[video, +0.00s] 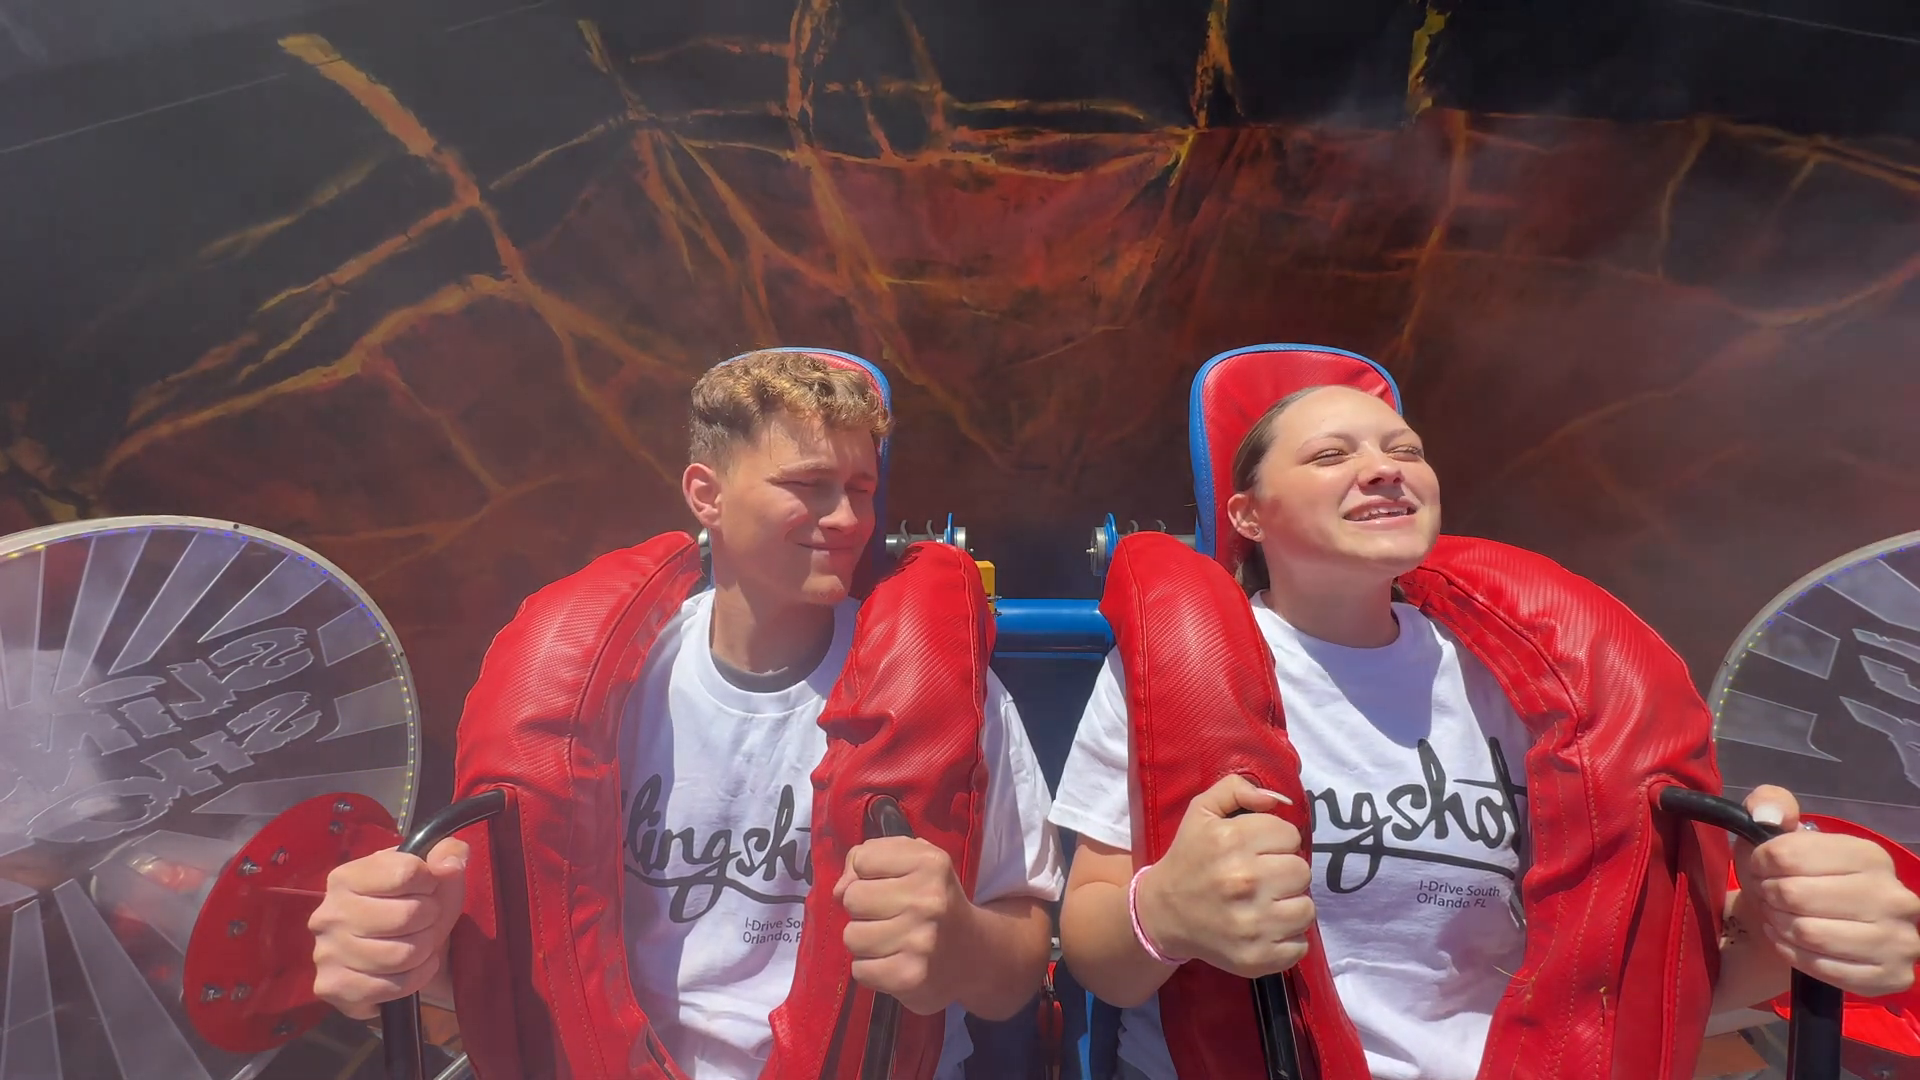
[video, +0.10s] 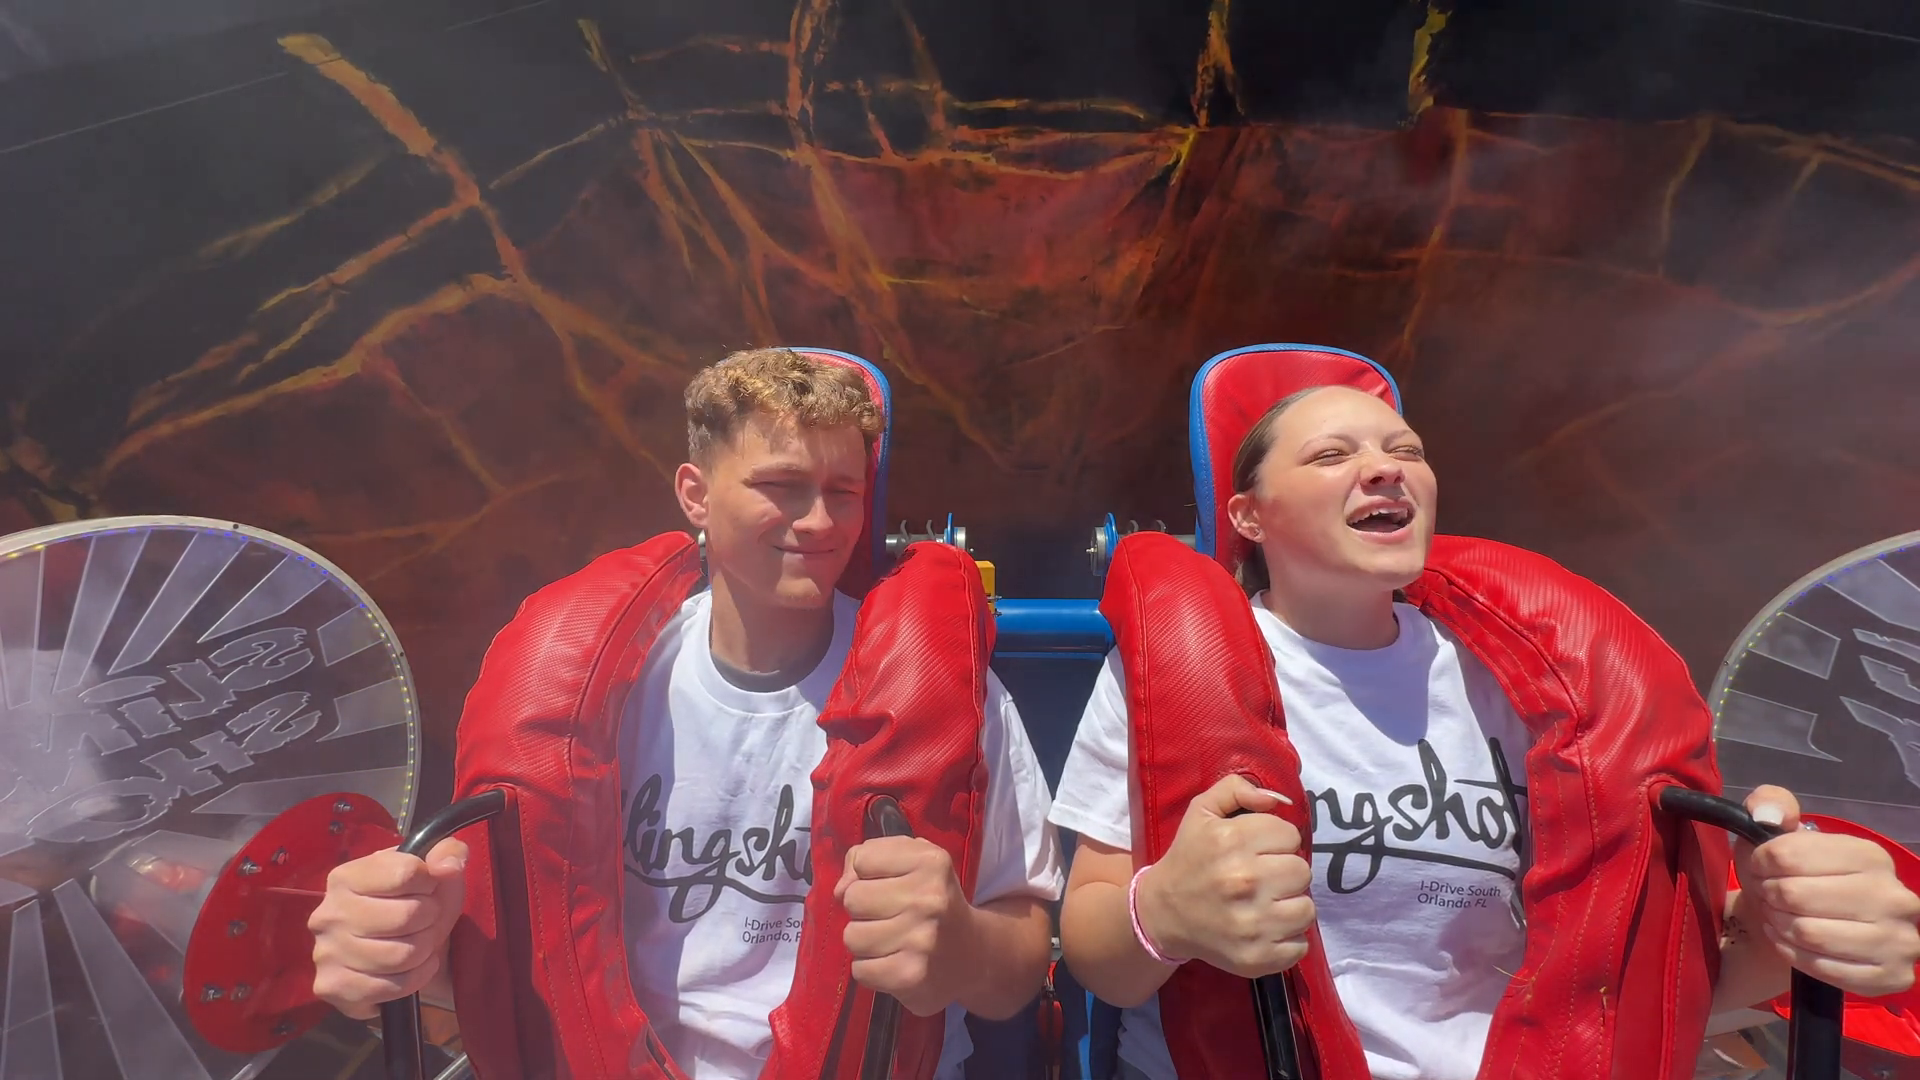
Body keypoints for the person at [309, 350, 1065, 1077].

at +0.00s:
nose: (849, 521)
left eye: (862, 490)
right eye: (808, 487)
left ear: (878, 495)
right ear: (705, 494)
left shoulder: (939, 686)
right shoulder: (583, 669)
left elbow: (1025, 960)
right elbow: (504, 929)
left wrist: (968, 950)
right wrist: (410, 941)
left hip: (839, 1062)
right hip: (613, 1059)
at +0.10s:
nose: (820, 522)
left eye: (844, 493)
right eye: (782, 487)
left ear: (871, 503)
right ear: (695, 494)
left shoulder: (940, 689)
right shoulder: (583, 672)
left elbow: (1025, 960)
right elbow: (504, 924)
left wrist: (963, 950)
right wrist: (413, 944)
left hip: (842, 1061)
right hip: (616, 1057)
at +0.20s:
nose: (791, 526)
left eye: (824, 495)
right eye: (756, 490)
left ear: (863, 508)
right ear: (690, 493)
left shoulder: (941, 690)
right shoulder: (584, 669)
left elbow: (1025, 961)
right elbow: (503, 915)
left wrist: (962, 950)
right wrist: (412, 942)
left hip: (840, 1062)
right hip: (614, 1057)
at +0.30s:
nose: (771, 530)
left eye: (808, 498)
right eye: (740, 493)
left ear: (858, 508)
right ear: (689, 491)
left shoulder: (941, 691)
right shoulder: (583, 667)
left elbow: (1024, 963)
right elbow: (501, 913)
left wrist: (961, 949)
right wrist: (411, 942)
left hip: (839, 1062)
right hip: (613, 1057)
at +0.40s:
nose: (759, 531)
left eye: (797, 498)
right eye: (729, 494)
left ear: (855, 506)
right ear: (686, 492)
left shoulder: (940, 691)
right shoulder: (584, 668)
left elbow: (1023, 962)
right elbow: (501, 910)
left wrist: (962, 949)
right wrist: (406, 941)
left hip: (839, 1062)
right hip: (612, 1057)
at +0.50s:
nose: (751, 531)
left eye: (789, 498)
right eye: (723, 495)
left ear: (851, 505)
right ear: (683, 492)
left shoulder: (939, 690)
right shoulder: (583, 670)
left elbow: (1023, 961)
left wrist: (962, 949)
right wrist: (410, 946)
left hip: (840, 1062)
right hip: (614, 1057)